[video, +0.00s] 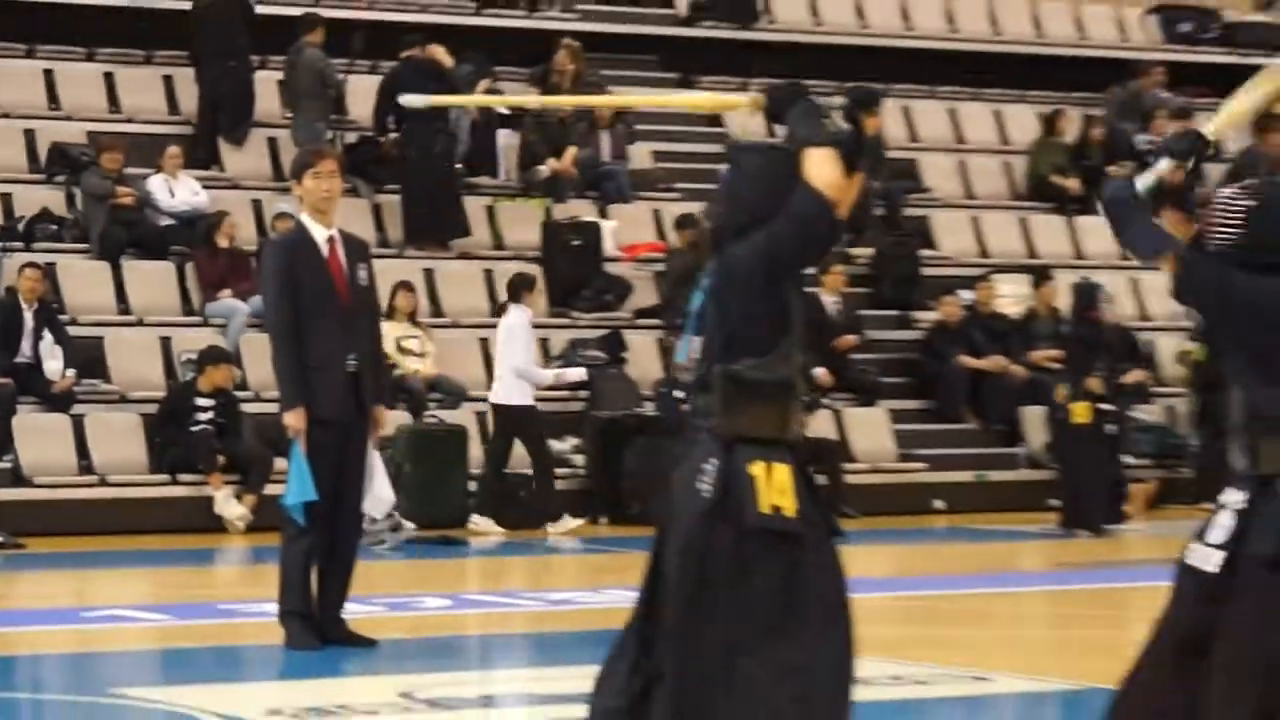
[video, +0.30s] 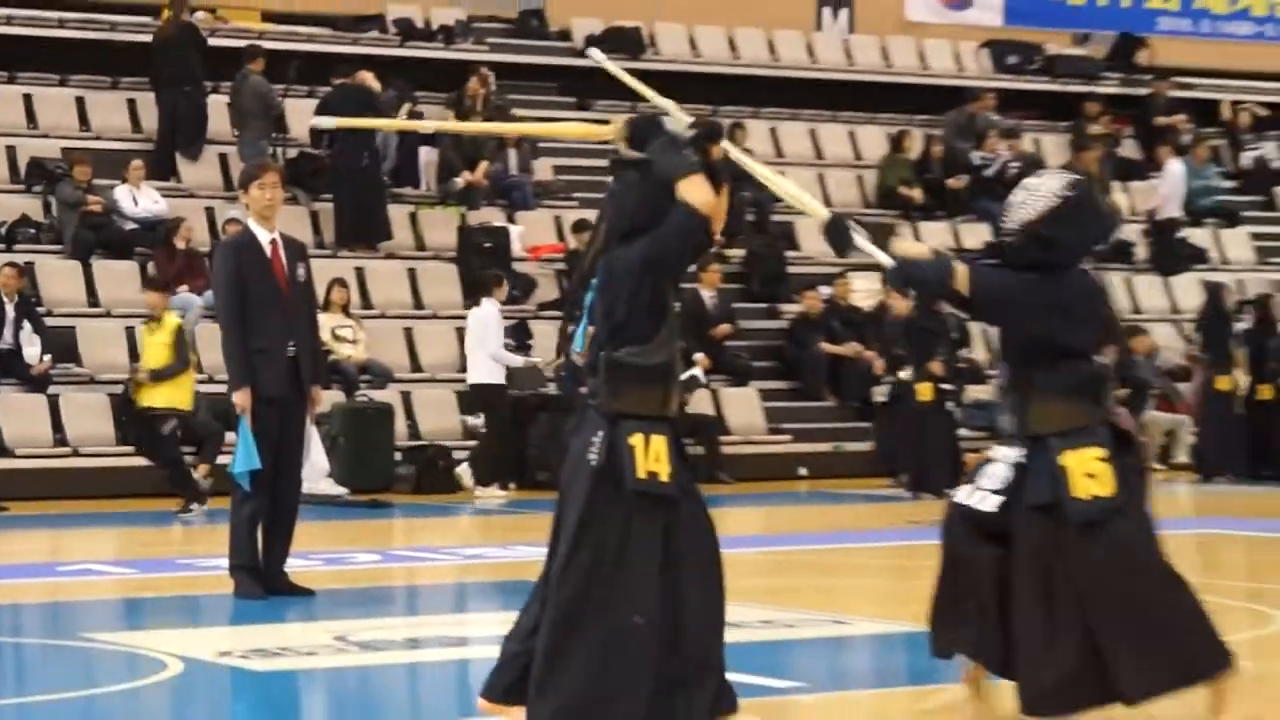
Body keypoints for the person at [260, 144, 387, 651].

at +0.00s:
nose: (329, 184)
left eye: (334, 176)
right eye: (318, 177)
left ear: (343, 184)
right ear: (298, 186)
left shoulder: (356, 248)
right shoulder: (282, 247)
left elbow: (370, 328)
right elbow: (281, 330)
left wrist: (377, 397)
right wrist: (291, 401)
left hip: (356, 394)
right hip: (312, 396)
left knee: (347, 510)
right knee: (309, 510)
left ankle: (330, 615)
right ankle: (296, 618)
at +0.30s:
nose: (271, 194)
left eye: (276, 187)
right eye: (262, 187)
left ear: (284, 194)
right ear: (245, 195)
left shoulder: (295, 249)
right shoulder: (231, 249)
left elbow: (308, 318)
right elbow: (229, 321)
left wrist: (314, 378)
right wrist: (239, 382)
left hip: (295, 375)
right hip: (256, 377)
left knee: (287, 478)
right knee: (254, 478)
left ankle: (274, 569)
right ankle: (244, 572)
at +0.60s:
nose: (241, 206)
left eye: (246, 199)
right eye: (233, 200)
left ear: (254, 205)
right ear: (219, 207)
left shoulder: (265, 254)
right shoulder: (207, 254)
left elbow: (277, 315)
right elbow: (205, 318)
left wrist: (283, 368)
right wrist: (215, 372)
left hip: (266, 368)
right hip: (231, 369)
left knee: (258, 459)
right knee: (228, 460)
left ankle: (247, 539)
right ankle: (221, 542)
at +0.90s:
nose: (272, 216)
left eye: (277, 210)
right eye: (265, 210)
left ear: (284, 215)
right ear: (253, 216)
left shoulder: (295, 260)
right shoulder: (241, 260)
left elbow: (305, 316)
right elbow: (240, 318)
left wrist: (311, 364)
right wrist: (248, 367)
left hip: (295, 364)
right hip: (263, 365)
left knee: (288, 447)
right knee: (260, 447)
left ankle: (279, 519)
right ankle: (254, 522)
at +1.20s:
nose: (292, 221)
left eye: (296, 215)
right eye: (285, 216)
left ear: (303, 220)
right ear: (273, 221)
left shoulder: (313, 262)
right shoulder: (263, 261)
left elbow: (323, 315)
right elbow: (261, 317)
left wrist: (328, 362)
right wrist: (269, 365)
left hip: (313, 361)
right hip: (283, 363)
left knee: (307, 442)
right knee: (280, 442)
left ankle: (297, 511)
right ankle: (274, 513)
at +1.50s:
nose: (312, 228)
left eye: (316, 223)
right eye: (306, 223)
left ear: (323, 227)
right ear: (296, 229)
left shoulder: (333, 267)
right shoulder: (284, 267)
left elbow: (339, 318)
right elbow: (280, 319)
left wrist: (341, 362)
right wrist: (284, 363)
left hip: (326, 361)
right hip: (297, 362)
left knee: (322, 436)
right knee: (295, 435)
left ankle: (316, 503)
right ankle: (291, 505)